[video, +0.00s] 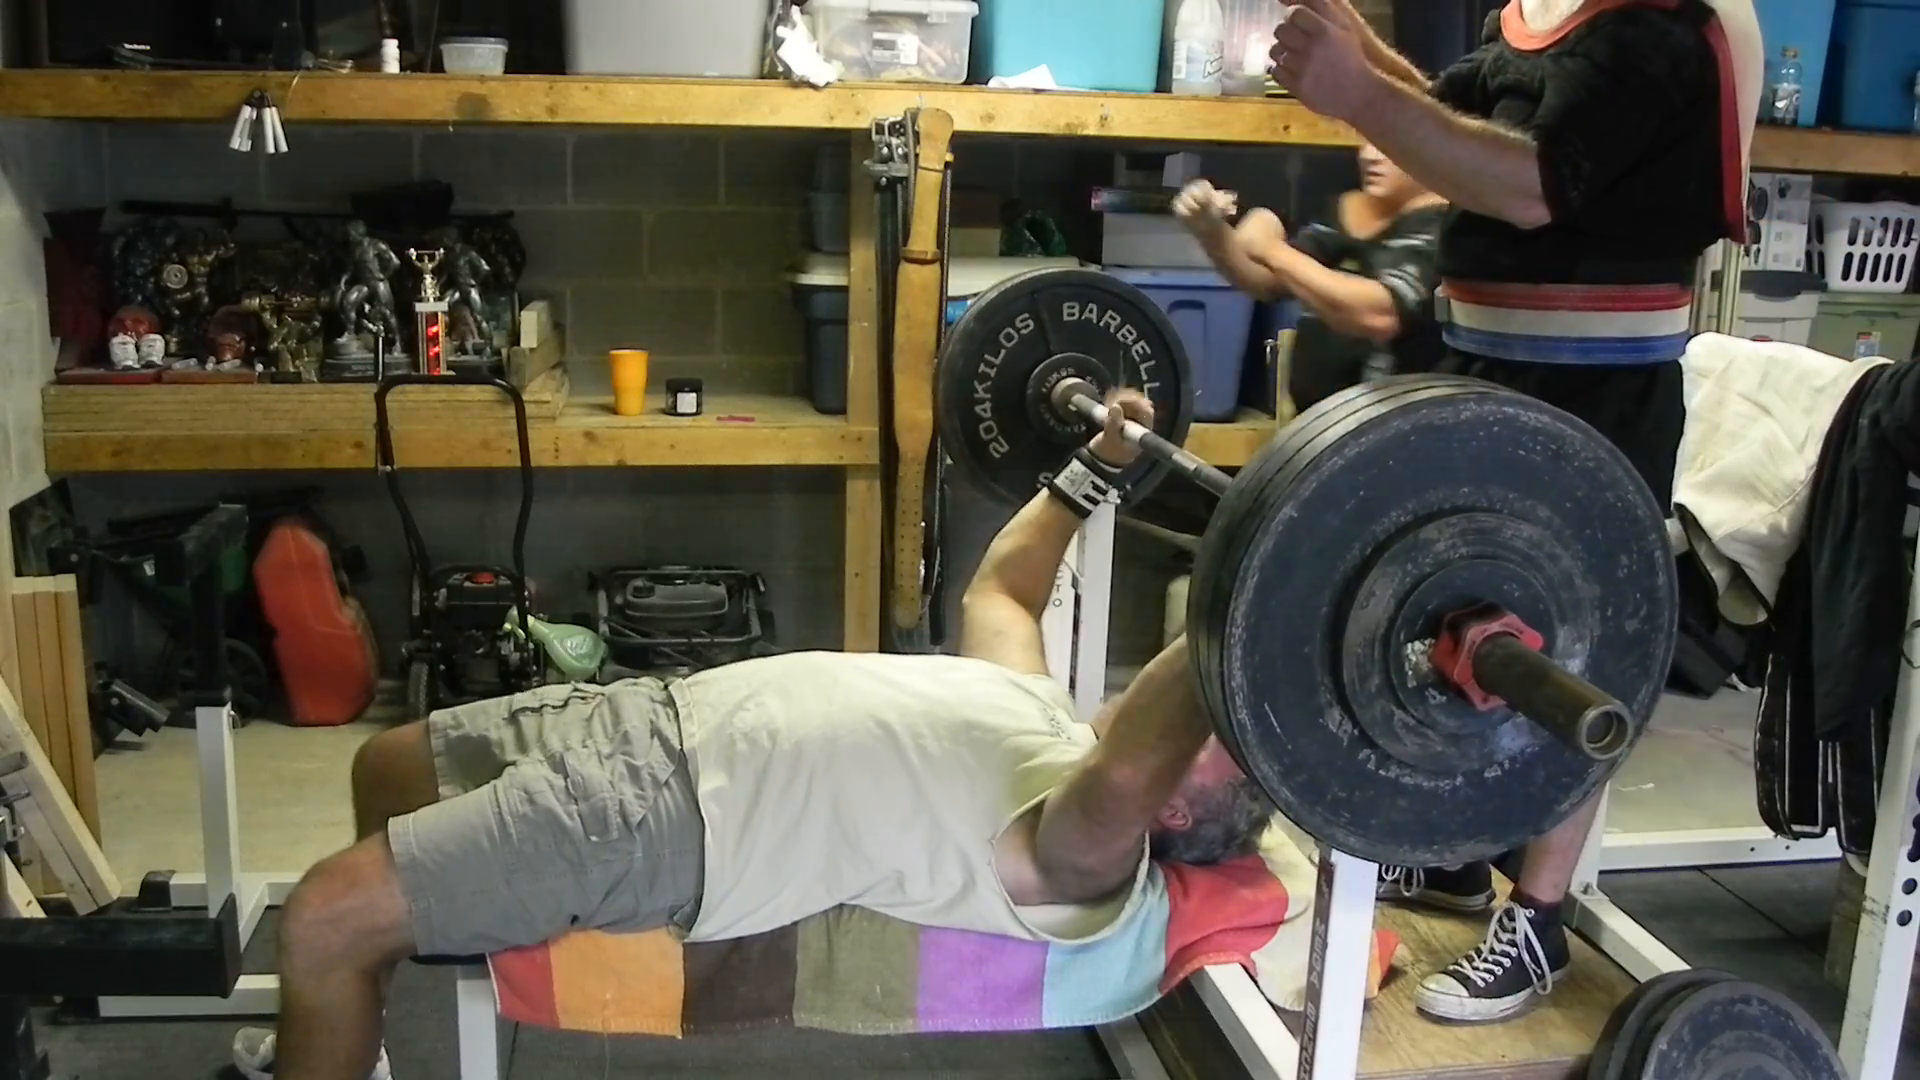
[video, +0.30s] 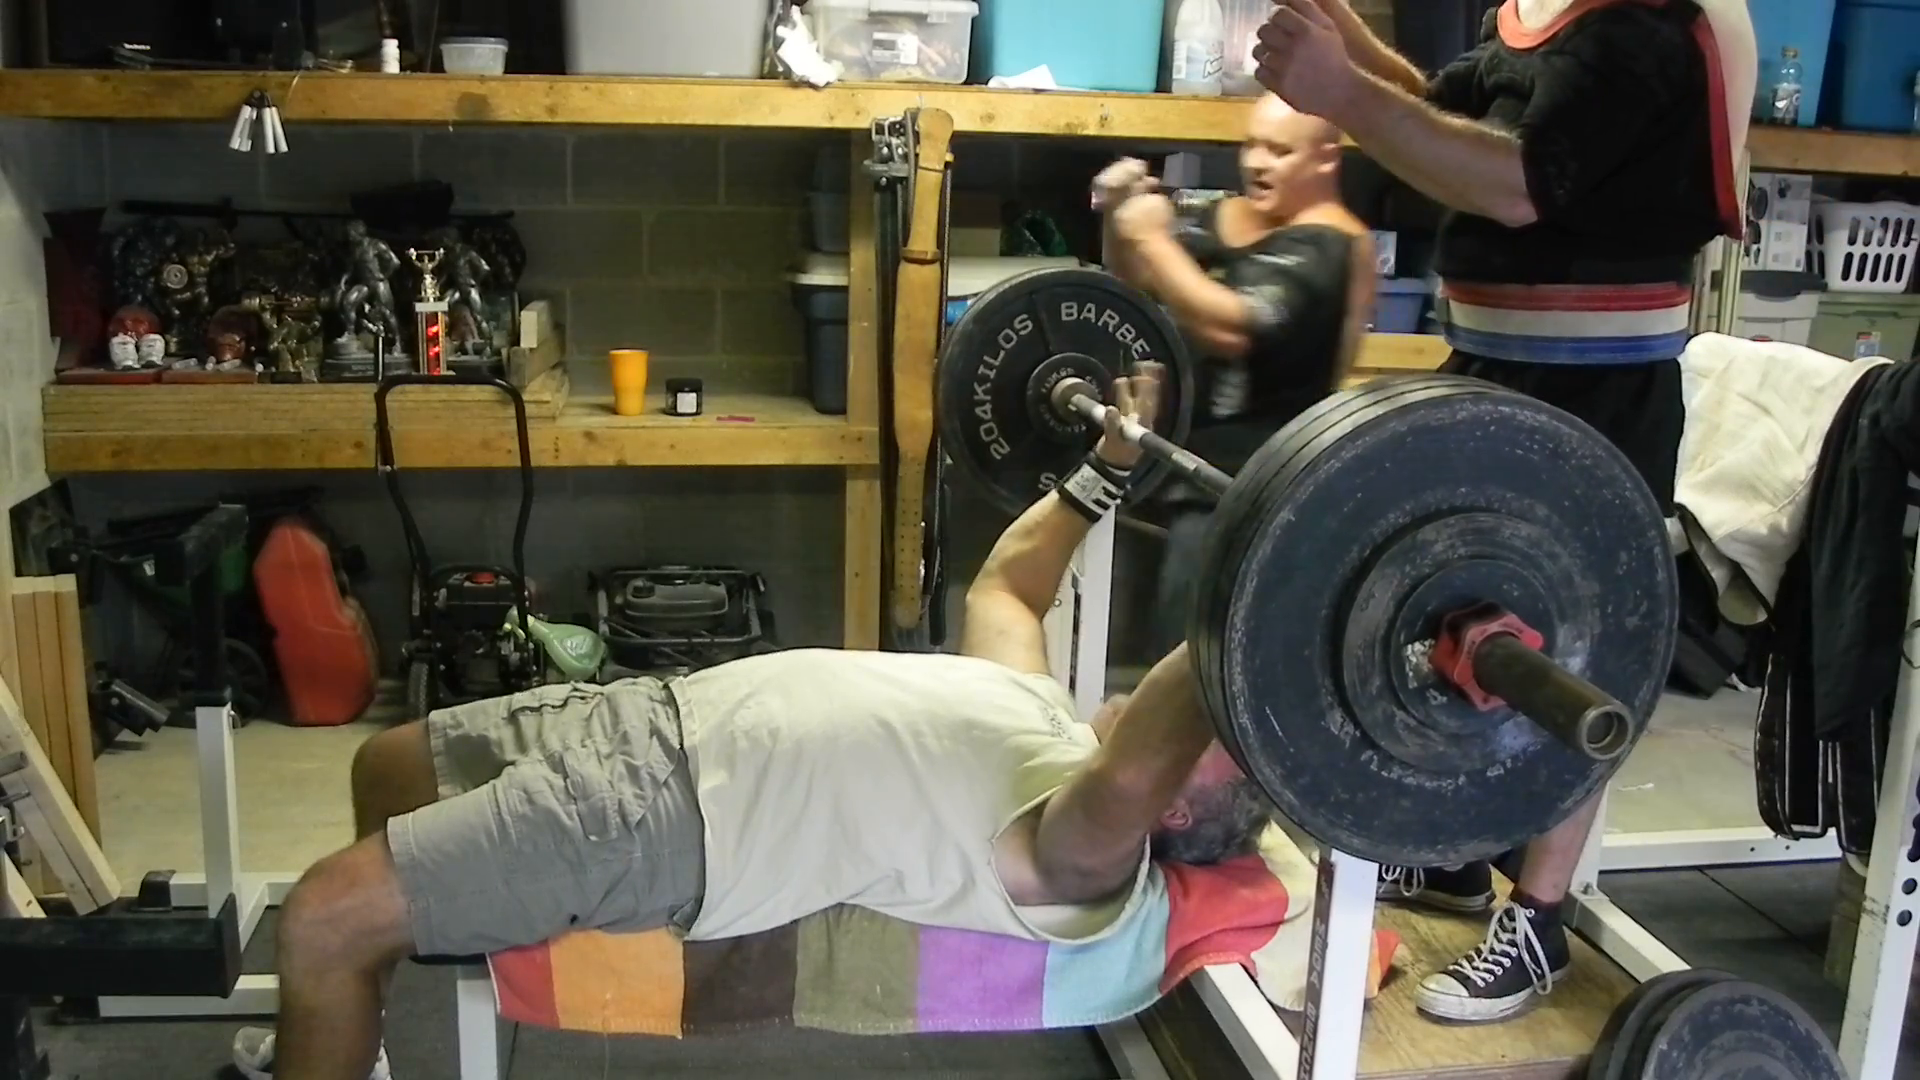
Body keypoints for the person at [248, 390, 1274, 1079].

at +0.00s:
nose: (1191, 734)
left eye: (1220, 744)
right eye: (1207, 720)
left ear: (1214, 801)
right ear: (1184, 736)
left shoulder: (1080, 853)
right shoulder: (1026, 714)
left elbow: (1143, 753)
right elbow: (1008, 588)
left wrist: (1258, 608)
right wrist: (1091, 469)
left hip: (667, 818)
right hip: (648, 709)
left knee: (325, 921)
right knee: (386, 766)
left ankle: (331, 1065)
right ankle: (407, 991)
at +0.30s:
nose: (1185, 727)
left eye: (1211, 746)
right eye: (1202, 721)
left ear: (1202, 806)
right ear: (1176, 737)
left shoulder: (1075, 848)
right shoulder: (1023, 709)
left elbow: (1150, 755)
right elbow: (1013, 585)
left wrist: (1263, 602)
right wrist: (1110, 460)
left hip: (666, 818)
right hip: (643, 711)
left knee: (324, 919)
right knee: (384, 768)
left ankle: (316, 1064)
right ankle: (383, 993)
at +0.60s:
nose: (1192, 733)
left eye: (1223, 744)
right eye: (1209, 719)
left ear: (1215, 805)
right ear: (1184, 733)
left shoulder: (1096, 857)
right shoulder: (1039, 718)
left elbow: (1131, 763)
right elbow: (1014, 584)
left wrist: (1242, 616)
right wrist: (1096, 474)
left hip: (672, 819)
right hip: (658, 714)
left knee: (333, 915)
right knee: (395, 768)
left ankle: (313, 1070)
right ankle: (342, 1024)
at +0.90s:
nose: (1203, 739)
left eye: (1229, 750)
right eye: (1215, 721)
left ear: (1230, 801)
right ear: (1193, 725)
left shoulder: (1118, 826)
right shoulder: (1058, 708)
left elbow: (1143, 744)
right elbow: (1007, 575)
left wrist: (1252, 610)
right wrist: (1092, 473)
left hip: (691, 813)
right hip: (672, 710)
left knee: (347, 909)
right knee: (403, 769)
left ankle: (320, 1075)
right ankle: (332, 1039)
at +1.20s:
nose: (1194, 740)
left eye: (1226, 757)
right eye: (1208, 724)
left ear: (1216, 827)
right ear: (1178, 726)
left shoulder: (1081, 860)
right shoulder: (1024, 712)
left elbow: (1137, 754)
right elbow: (1005, 574)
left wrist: (1259, 606)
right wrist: (1092, 468)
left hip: (674, 819)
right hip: (658, 710)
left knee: (330, 912)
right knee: (390, 768)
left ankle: (318, 1069)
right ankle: (394, 992)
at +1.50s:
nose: (1187, 733)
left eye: (1221, 750)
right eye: (1207, 723)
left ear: (1214, 816)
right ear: (1183, 730)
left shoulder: (1079, 872)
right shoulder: (1033, 715)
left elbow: (1122, 769)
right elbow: (1006, 579)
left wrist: (1244, 620)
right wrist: (1104, 467)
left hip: (654, 814)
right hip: (637, 711)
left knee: (313, 913)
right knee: (383, 766)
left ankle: (330, 1061)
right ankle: (379, 1007)